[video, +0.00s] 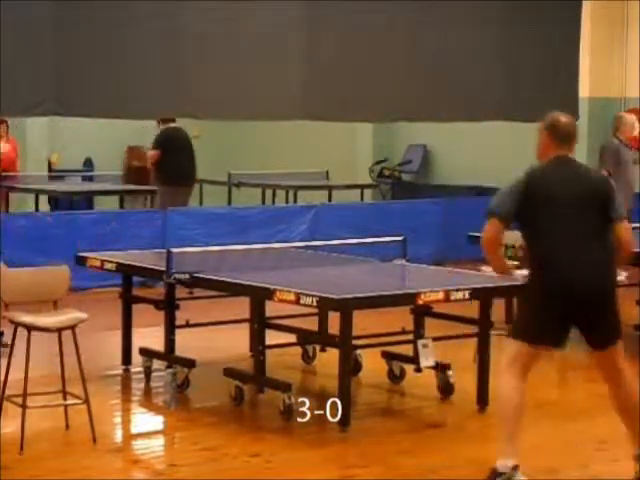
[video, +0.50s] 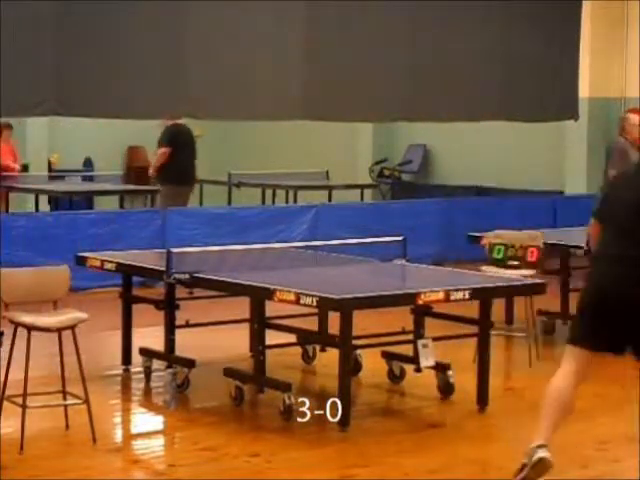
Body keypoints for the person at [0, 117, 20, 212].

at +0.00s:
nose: (3, 129)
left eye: (4, 127)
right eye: (2, 127)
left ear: (7, 128)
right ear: (0, 128)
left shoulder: (11, 141)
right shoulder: (2, 141)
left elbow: (16, 156)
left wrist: (16, 170)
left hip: (10, 172)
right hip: (2, 172)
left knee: (6, 194)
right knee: (3, 194)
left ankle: (6, 212)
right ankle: (4, 211)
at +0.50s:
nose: (8, 134)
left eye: (9, 131)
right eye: (6, 131)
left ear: (11, 132)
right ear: (2, 132)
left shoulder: (10, 144)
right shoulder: (2, 145)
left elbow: (16, 158)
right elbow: (3, 161)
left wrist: (17, 166)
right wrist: (15, 166)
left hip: (10, 174)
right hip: (3, 175)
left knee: (6, 196)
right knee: (3, 196)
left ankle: (6, 213)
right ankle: (4, 213)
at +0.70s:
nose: (16, 140)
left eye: (17, 137)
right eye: (15, 137)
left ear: (10, 135)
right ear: (10, 136)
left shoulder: (8, 146)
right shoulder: (3, 146)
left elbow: (14, 161)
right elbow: (14, 162)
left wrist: (35, 164)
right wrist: (34, 165)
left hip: (7, 179)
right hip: (3, 179)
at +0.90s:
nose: (17, 139)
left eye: (17, 136)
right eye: (16, 135)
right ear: (10, 135)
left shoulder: (10, 146)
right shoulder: (4, 145)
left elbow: (13, 165)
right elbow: (10, 165)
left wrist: (30, 169)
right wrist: (30, 169)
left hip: (8, 178)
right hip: (3, 178)